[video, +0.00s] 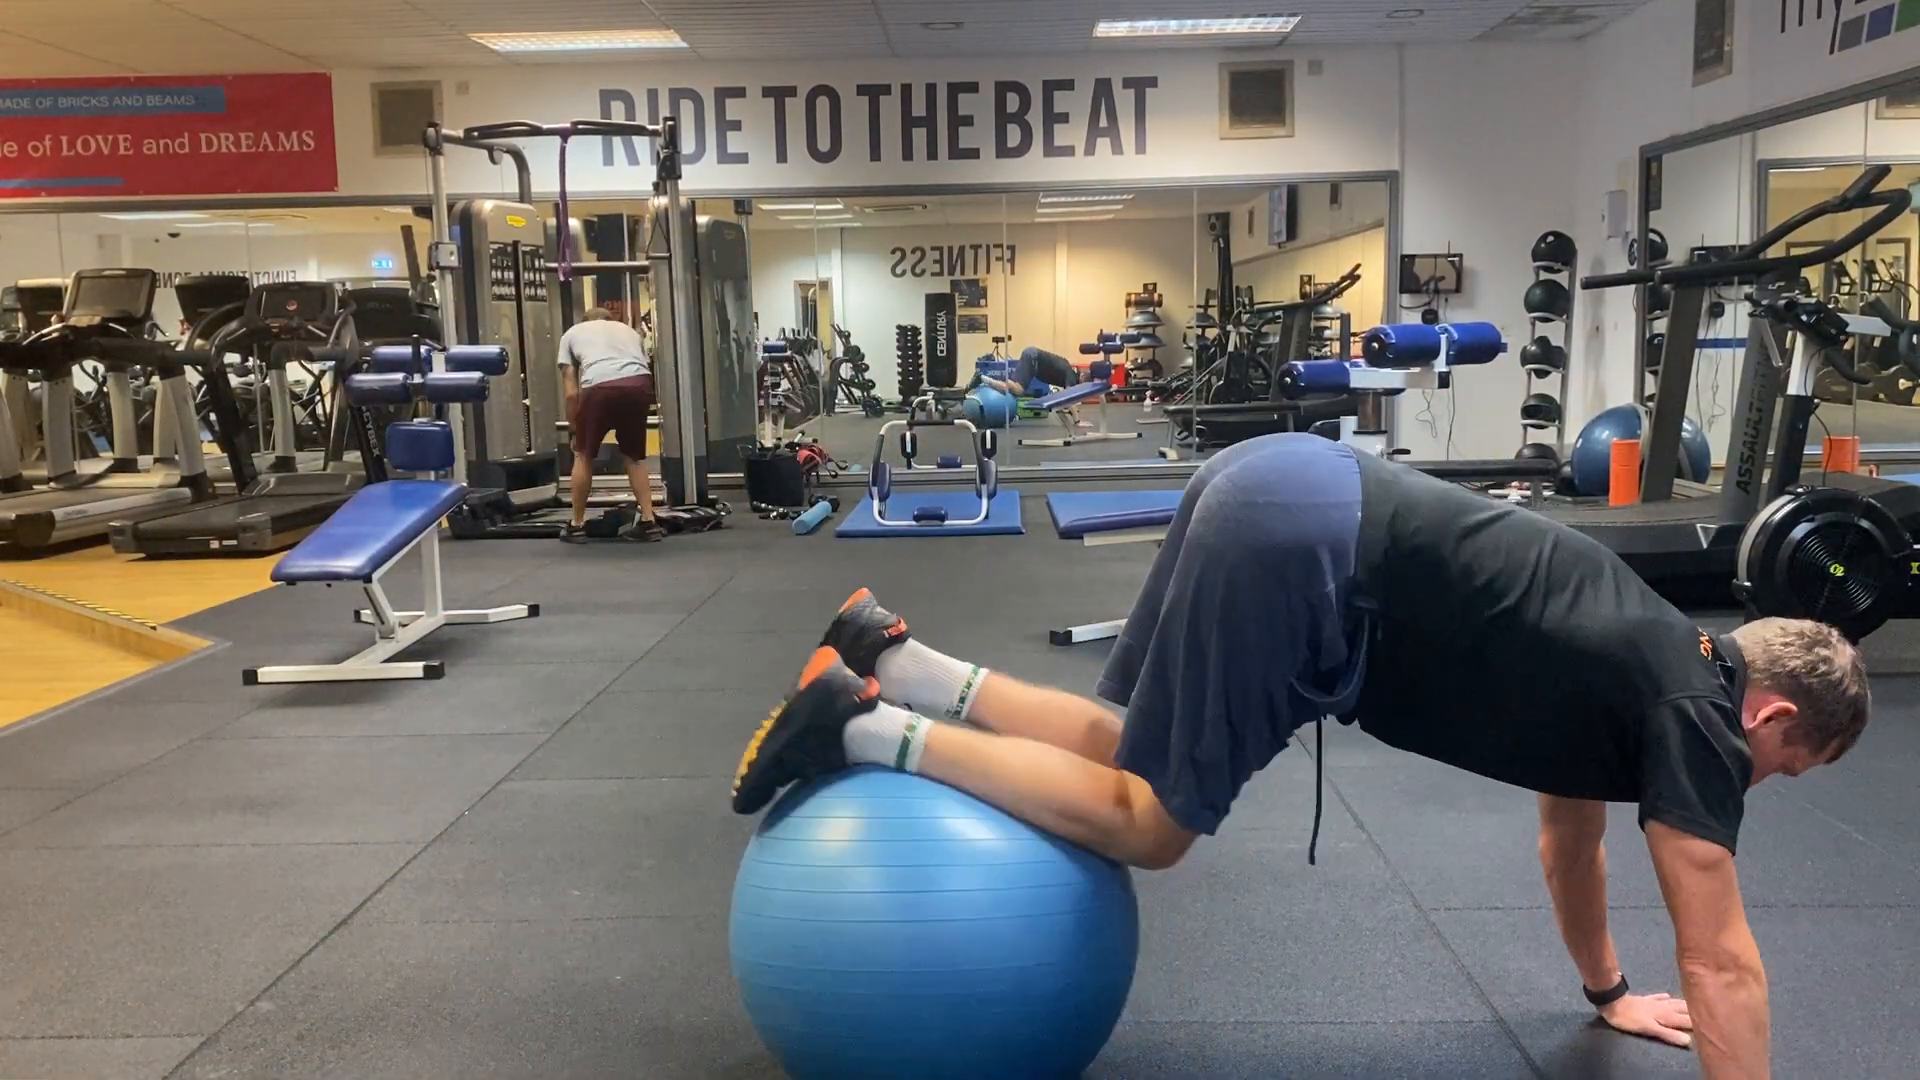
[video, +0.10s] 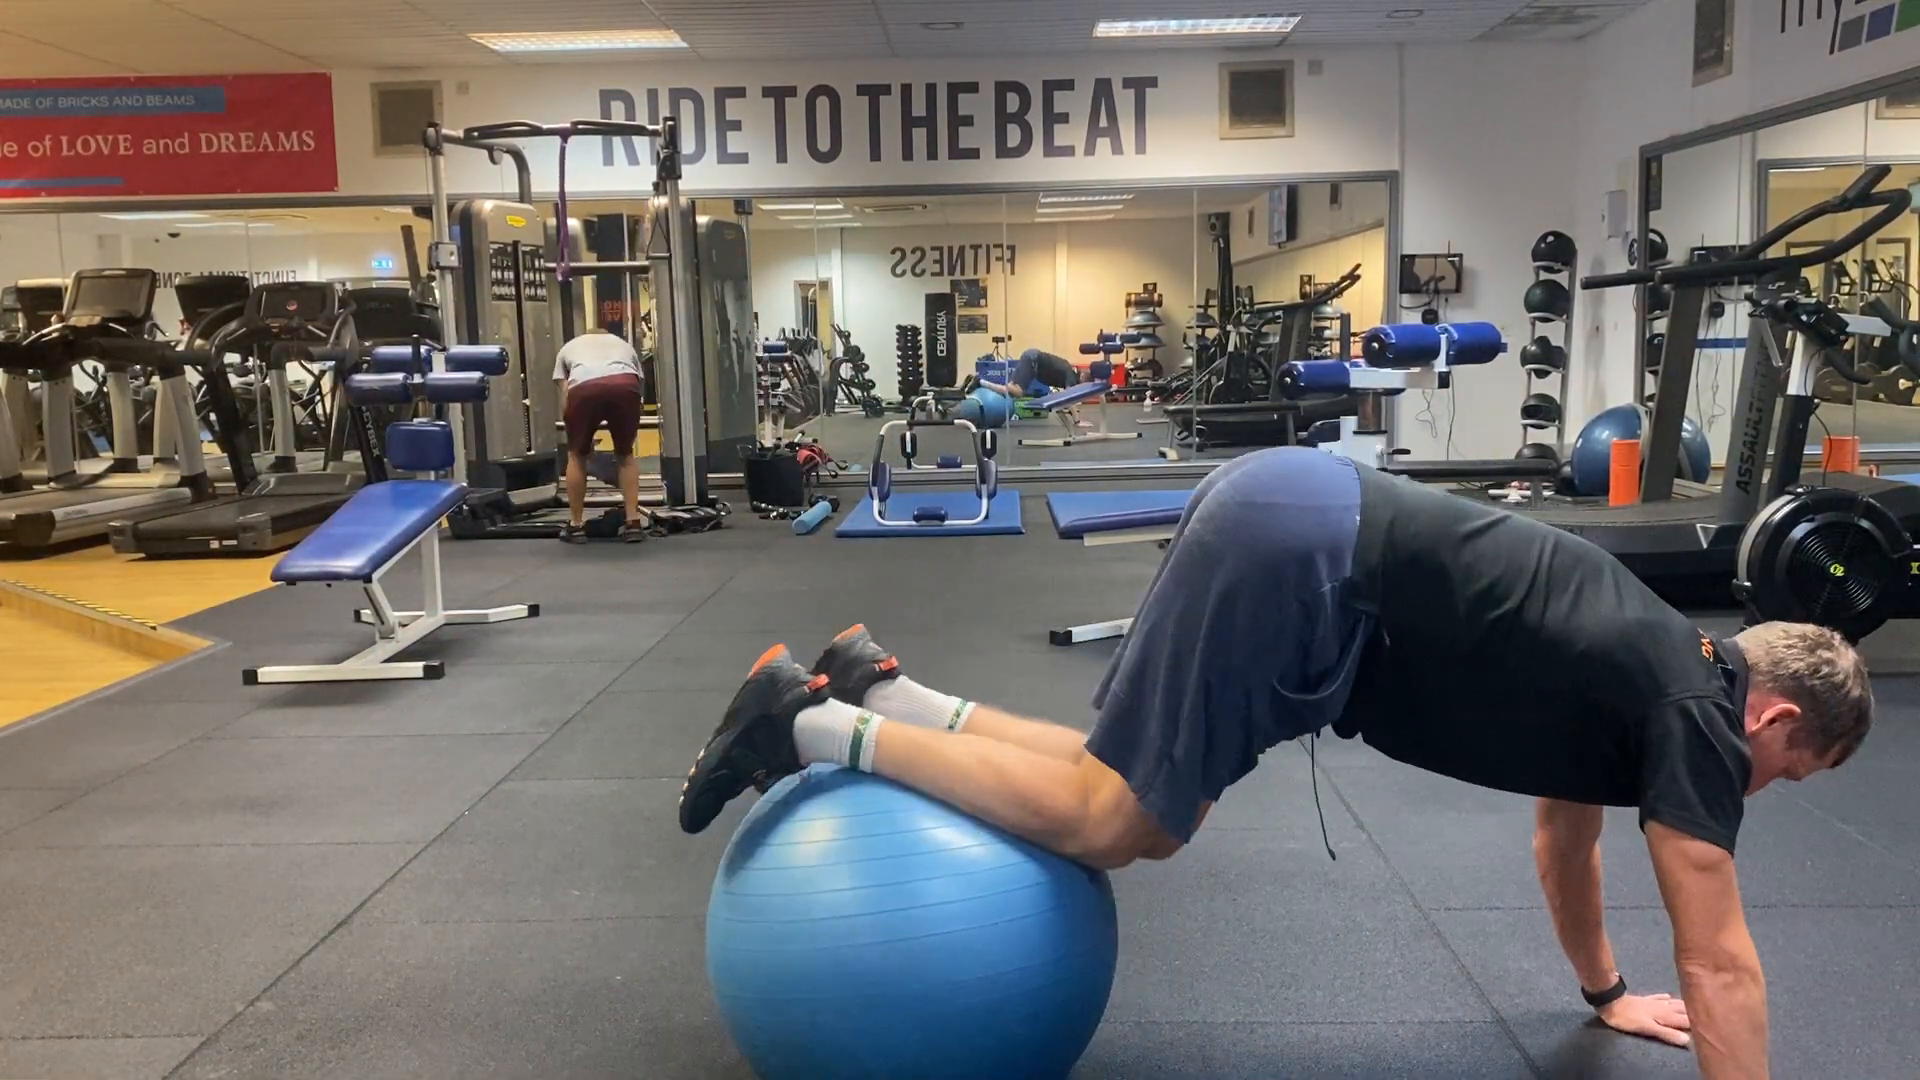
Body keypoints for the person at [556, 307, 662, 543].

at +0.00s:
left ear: (583, 320)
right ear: (608, 318)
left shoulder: (571, 335)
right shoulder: (628, 330)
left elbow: (572, 394)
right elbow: (644, 371)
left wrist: (573, 431)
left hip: (598, 392)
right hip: (638, 388)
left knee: (583, 456)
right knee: (635, 458)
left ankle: (577, 524)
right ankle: (649, 521)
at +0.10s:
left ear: (583, 336)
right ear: (608, 335)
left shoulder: (567, 349)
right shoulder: (626, 345)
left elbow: (566, 399)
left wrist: (580, 444)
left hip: (584, 392)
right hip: (625, 388)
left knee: (577, 456)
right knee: (625, 455)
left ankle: (576, 524)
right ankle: (632, 522)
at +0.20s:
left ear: (580, 348)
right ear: (610, 348)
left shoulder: (566, 358)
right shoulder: (623, 357)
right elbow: (632, 413)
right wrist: (626, 459)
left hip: (574, 389)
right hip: (616, 386)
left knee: (572, 457)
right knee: (621, 459)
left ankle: (575, 525)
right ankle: (626, 525)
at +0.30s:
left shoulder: (564, 371)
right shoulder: (624, 370)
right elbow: (630, 432)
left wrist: (580, 477)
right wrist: (627, 472)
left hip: (567, 388)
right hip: (609, 385)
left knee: (570, 459)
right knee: (618, 460)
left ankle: (575, 525)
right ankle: (626, 524)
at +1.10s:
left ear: (568, 353)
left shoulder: (556, 361)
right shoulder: (618, 364)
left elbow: (554, 420)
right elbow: (628, 428)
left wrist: (568, 466)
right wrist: (628, 472)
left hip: (563, 389)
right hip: (606, 388)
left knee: (561, 451)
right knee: (615, 462)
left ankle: (564, 517)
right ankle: (626, 524)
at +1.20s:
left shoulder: (552, 361)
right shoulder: (612, 362)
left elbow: (540, 420)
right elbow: (627, 427)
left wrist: (548, 454)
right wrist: (625, 464)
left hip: (558, 390)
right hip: (601, 389)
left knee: (554, 453)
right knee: (611, 459)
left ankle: (544, 522)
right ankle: (625, 524)